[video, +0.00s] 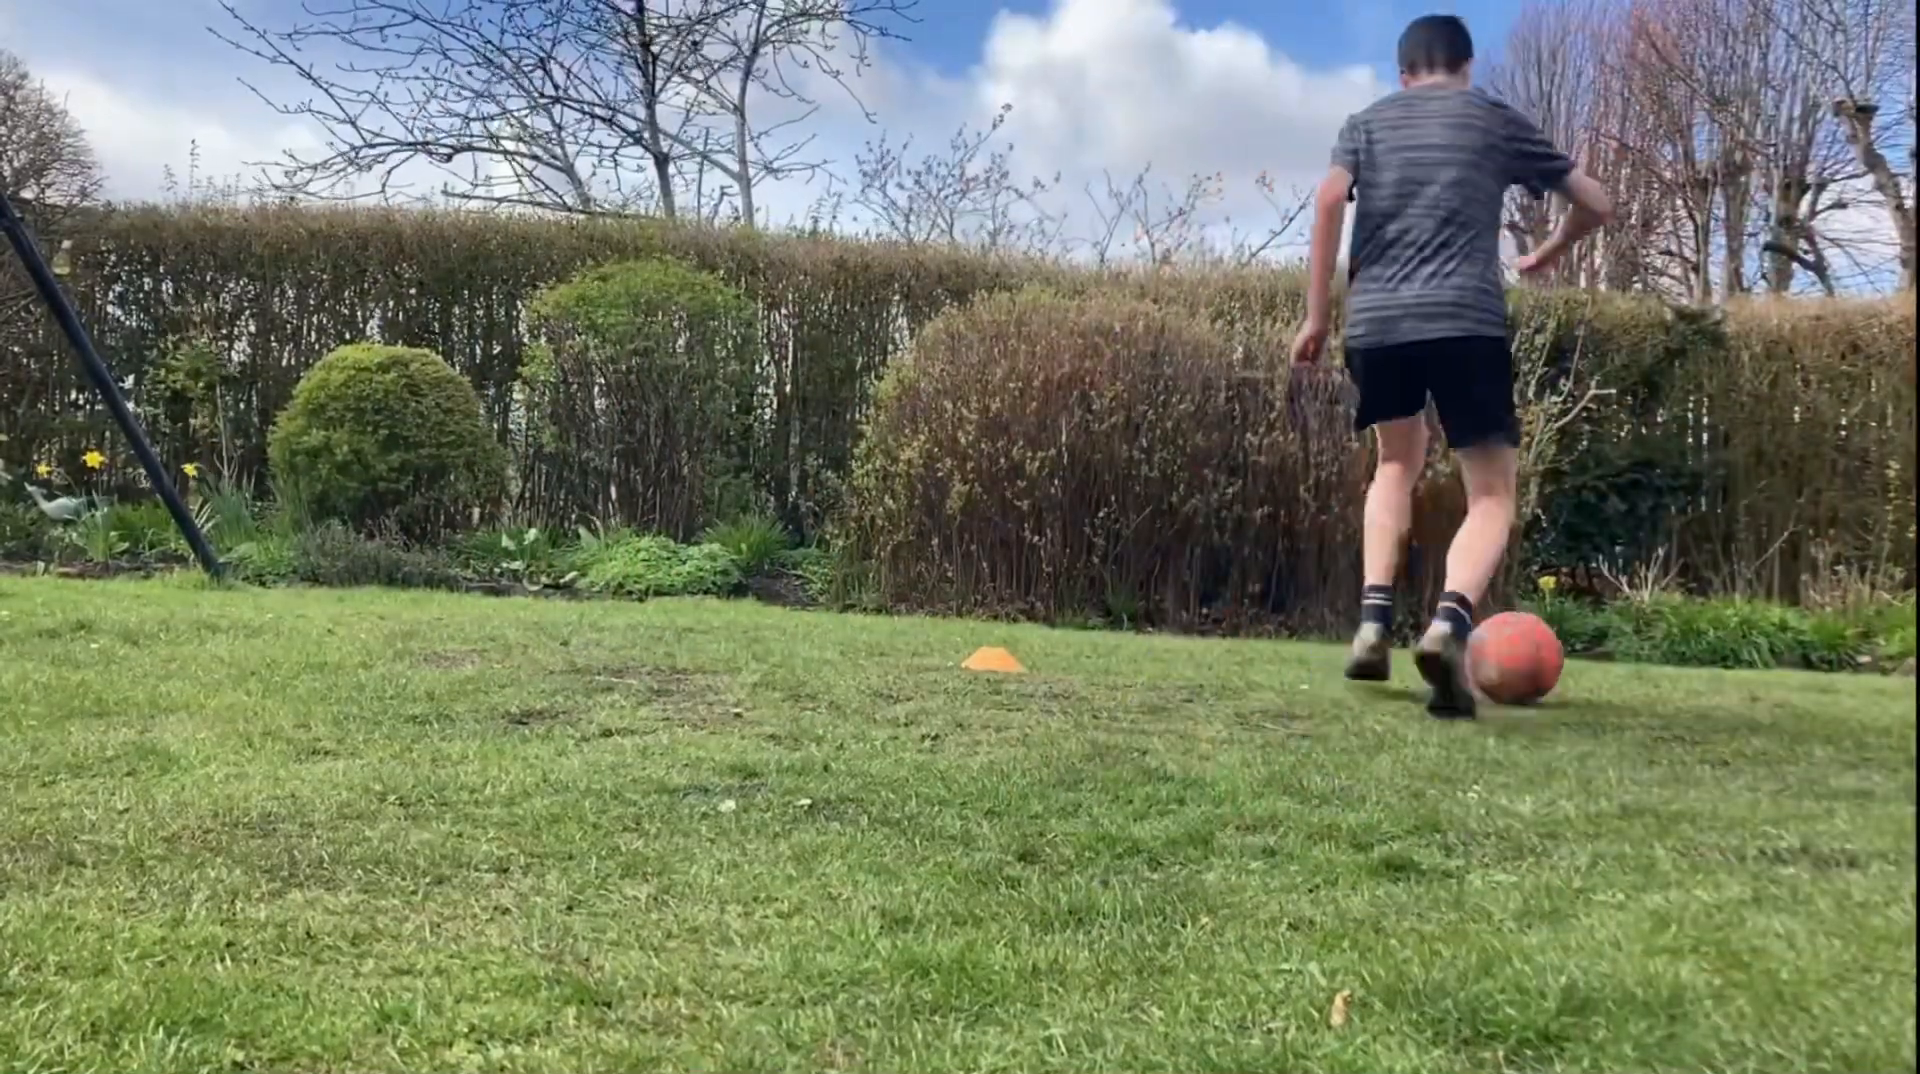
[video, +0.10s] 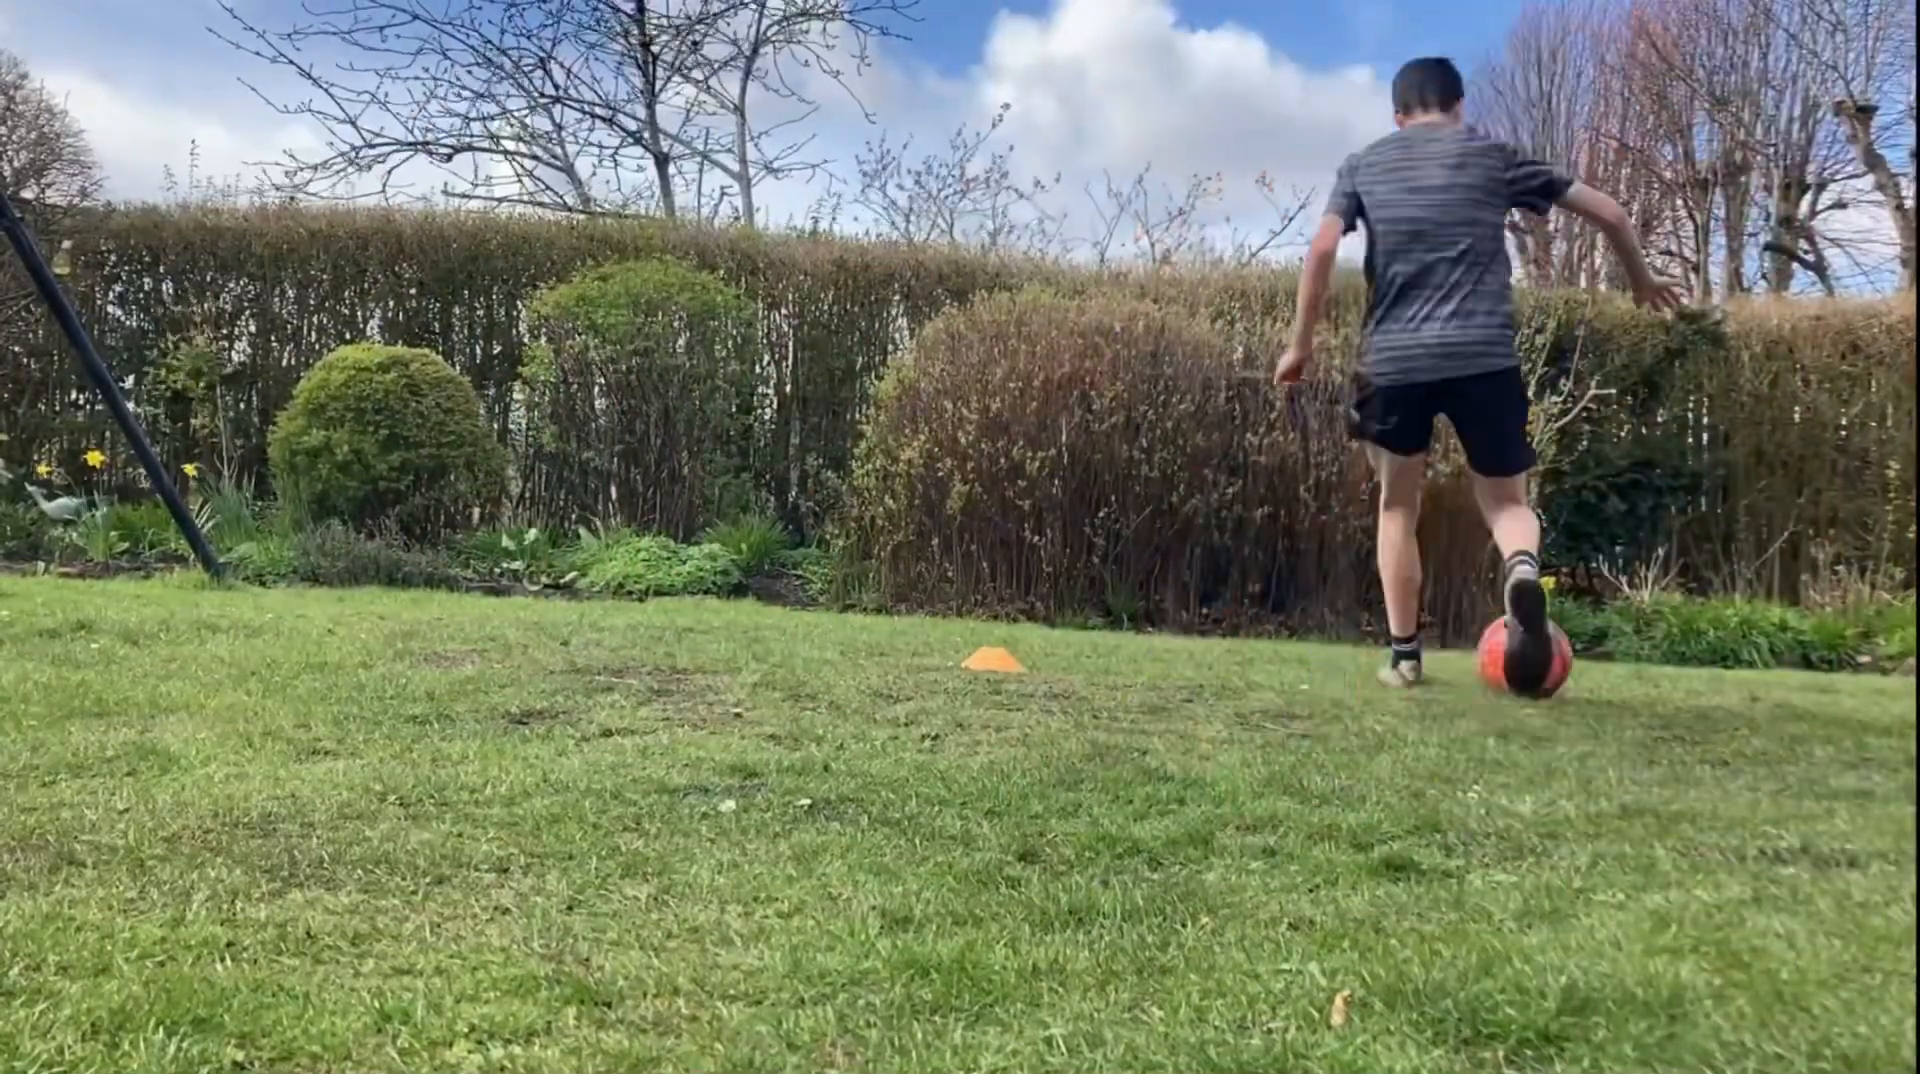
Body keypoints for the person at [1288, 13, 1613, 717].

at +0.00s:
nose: (1465, 82)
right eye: (1468, 71)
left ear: (1403, 69)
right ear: (1466, 67)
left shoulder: (1367, 122)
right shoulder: (1493, 118)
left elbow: (1328, 199)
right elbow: (1594, 204)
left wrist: (1315, 315)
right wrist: (1549, 251)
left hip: (1376, 326)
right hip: (1468, 323)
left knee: (1394, 463)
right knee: (1491, 494)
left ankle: (1373, 618)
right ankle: (1448, 623)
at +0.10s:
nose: (1453, 120)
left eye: (1402, 115)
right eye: (1457, 110)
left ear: (1397, 114)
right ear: (1460, 107)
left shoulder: (1364, 164)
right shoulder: (1495, 157)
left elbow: (1321, 249)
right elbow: (1612, 214)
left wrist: (1300, 344)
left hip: (1395, 365)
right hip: (1483, 358)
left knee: (1398, 503)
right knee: (1506, 497)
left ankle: (1404, 656)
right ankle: (1523, 570)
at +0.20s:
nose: (1455, 161)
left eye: (1409, 154)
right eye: (1460, 150)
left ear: (1406, 156)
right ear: (1466, 148)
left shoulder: (1376, 210)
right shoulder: (1495, 197)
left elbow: (1312, 315)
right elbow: (1616, 245)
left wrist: (1302, 374)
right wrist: (1716, 301)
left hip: (1396, 394)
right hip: (1482, 389)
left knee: (1399, 499)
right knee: (1516, 488)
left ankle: (1409, 650)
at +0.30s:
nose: (1415, 173)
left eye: (1403, 166)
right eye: (1460, 157)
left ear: (1403, 163)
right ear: (1460, 156)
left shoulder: (1386, 210)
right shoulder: (1495, 183)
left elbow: (1341, 328)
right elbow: (1592, 232)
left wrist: (1351, 348)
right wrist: (1676, 311)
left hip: (1435, 379)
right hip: (1517, 367)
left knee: (1415, 486)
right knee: (1500, 484)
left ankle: (1413, 627)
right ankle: (1588, 613)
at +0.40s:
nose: (1392, 200)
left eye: (1388, 189)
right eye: (1390, 190)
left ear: (1398, 178)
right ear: (1442, 163)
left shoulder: (1399, 227)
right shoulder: (1502, 193)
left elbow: (1399, 339)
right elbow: (1584, 253)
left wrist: (1417, 318)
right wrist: (1638, 342)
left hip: (1492, 382)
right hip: (1564, 375)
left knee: (1414, 478)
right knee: (1482, 481)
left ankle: (1420, 637)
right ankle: (1576, 602)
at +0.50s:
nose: (1399, 236)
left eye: (1392, 221)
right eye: (1390, 227)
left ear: (1411, 197)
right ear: (1440, 192)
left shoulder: (1437, 243)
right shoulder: (1519, 228)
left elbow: (1477, 335)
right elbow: (1599, 299)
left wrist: (1437, 381)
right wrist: (1634, 399)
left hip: (1523, 407)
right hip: (1580, 408)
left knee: (1416, 491)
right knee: (1508, 535)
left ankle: (1430, 653)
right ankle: (1595, 661)